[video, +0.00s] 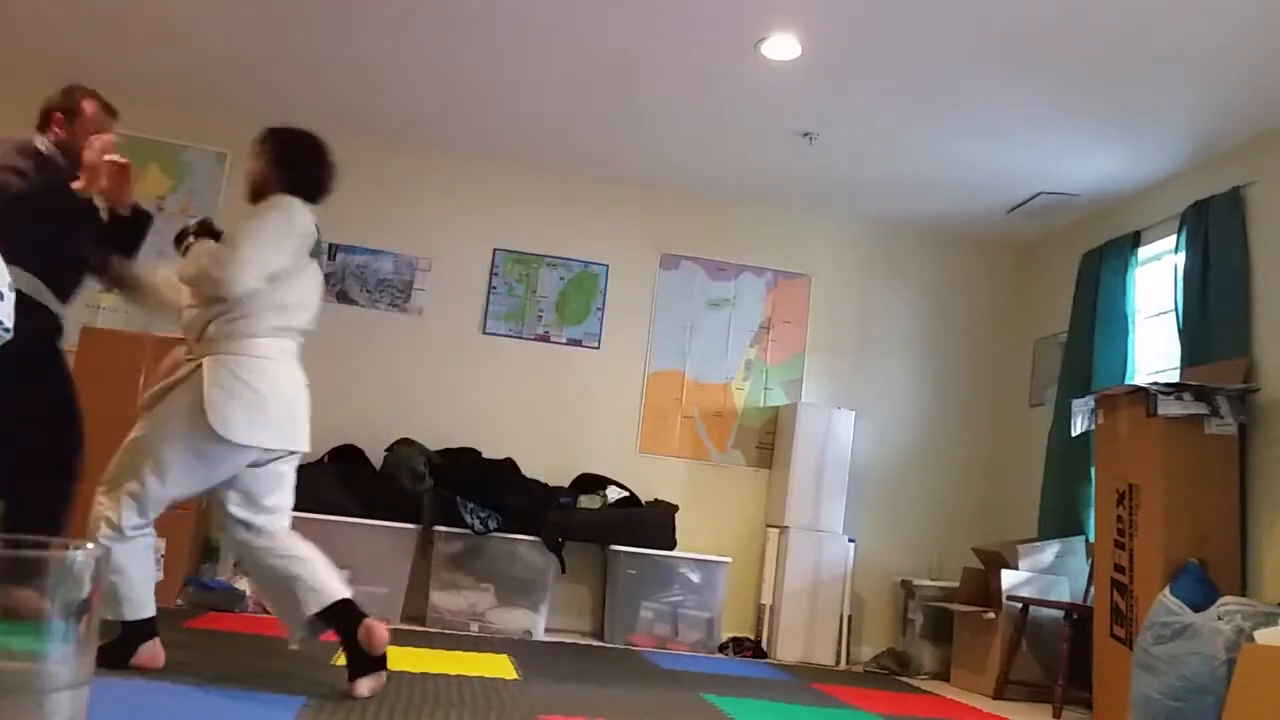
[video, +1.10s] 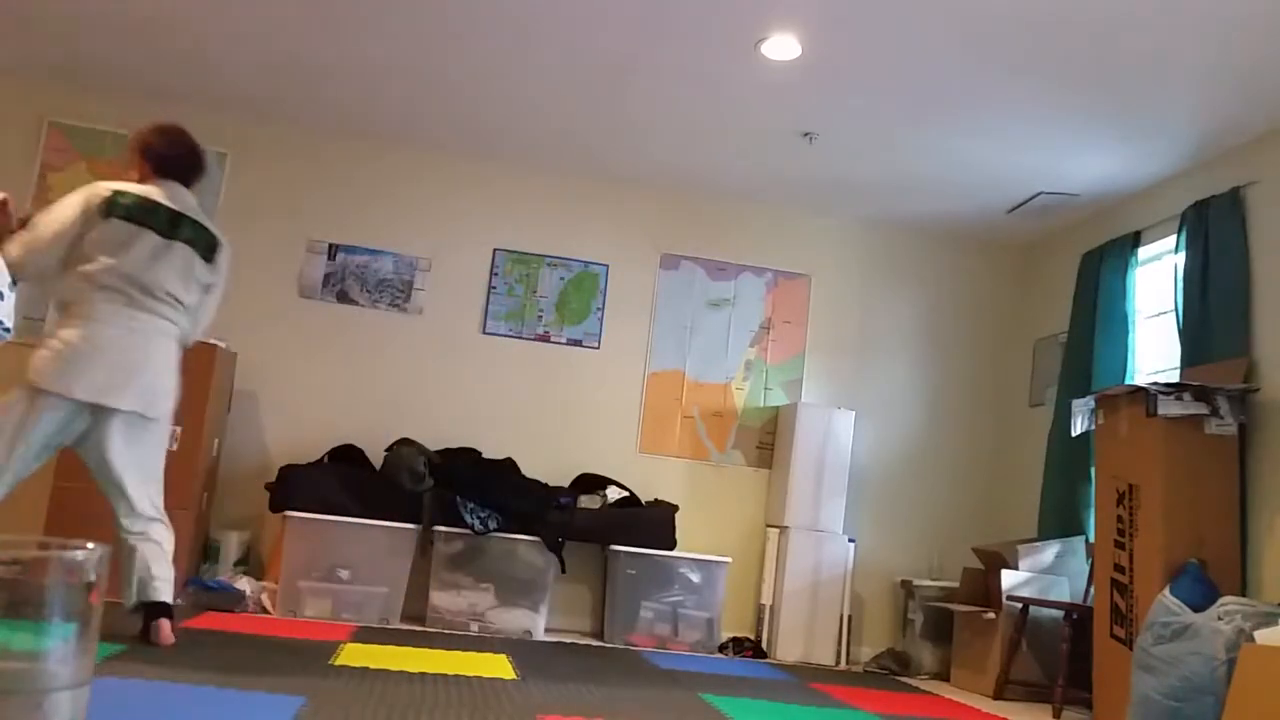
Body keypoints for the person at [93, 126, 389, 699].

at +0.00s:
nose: (250, 166)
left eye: (258, 157)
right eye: (254, 155)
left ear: (277, 167)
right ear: (307, 177)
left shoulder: (282, 212)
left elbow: (233, 277)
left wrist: (196, 245)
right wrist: (122, 271)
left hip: (236, 388)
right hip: (282, 397)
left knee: (123, 499)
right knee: (258, 529)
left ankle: (136, 633)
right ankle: (354, 626)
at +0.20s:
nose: (187, 141)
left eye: (198, 133)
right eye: (193, 131)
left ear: (221, 147)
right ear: (241, 154)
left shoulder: (216, 195)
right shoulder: (243, 208)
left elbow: (199, 278)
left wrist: (142, 269)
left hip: (198, 375)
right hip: (239, 379)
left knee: (110, 493)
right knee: (235, 516)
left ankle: (138, 628)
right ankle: (324, 588)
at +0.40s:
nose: (167, 148)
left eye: (172, 139)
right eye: (170, 138)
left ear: (189, 145)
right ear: (231, 157)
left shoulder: (167, 185)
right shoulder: (255, 232)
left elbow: (90, 259)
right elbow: (252, 322)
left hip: (155, 361)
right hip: (222, 382)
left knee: (43, 451)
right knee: (205, 498)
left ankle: (55, 583)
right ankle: (239, 632)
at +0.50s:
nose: (156, 153)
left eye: (160, 145)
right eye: (161, 144)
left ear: (169, 153)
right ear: (219, 168)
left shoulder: (132, 198)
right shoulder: (237, 238)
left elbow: (42, 232)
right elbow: (242, 328)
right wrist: (193, 354)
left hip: (128, 373)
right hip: (204, 388)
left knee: (17, 471)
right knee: (211, 508)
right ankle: (248, 629)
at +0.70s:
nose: (92, 156)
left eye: (98, 150)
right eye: (98, 149)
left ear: (104, 156)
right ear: (158, 176)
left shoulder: (55, 194)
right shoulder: (177, 233)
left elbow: (2, 215)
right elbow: (198, 312)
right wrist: (154, 367)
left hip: (42, 370)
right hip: (131, 383)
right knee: (167, 498)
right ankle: (205, 598)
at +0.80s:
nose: (83, 142)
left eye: (88, 136)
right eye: (89, 135)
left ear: (97, 142)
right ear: (150, 159)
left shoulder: (52, 179)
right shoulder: (172, 218)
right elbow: (188, 299)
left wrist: (21, 286)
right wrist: (139, 329)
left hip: (40, 343)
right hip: (123, 358)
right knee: (143, 481)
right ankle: (171, 585)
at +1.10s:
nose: (130, 168)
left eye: (134, 160)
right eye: (135, 160)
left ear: (142, 165)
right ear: (192, 178)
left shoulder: (103, 197)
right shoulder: (214, 243)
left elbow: (24, 255)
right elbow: (194, 327)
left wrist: (8, 237)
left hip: (77, 359)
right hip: (150, 380)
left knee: (0, 469)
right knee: (144, 507)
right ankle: (159, 611)